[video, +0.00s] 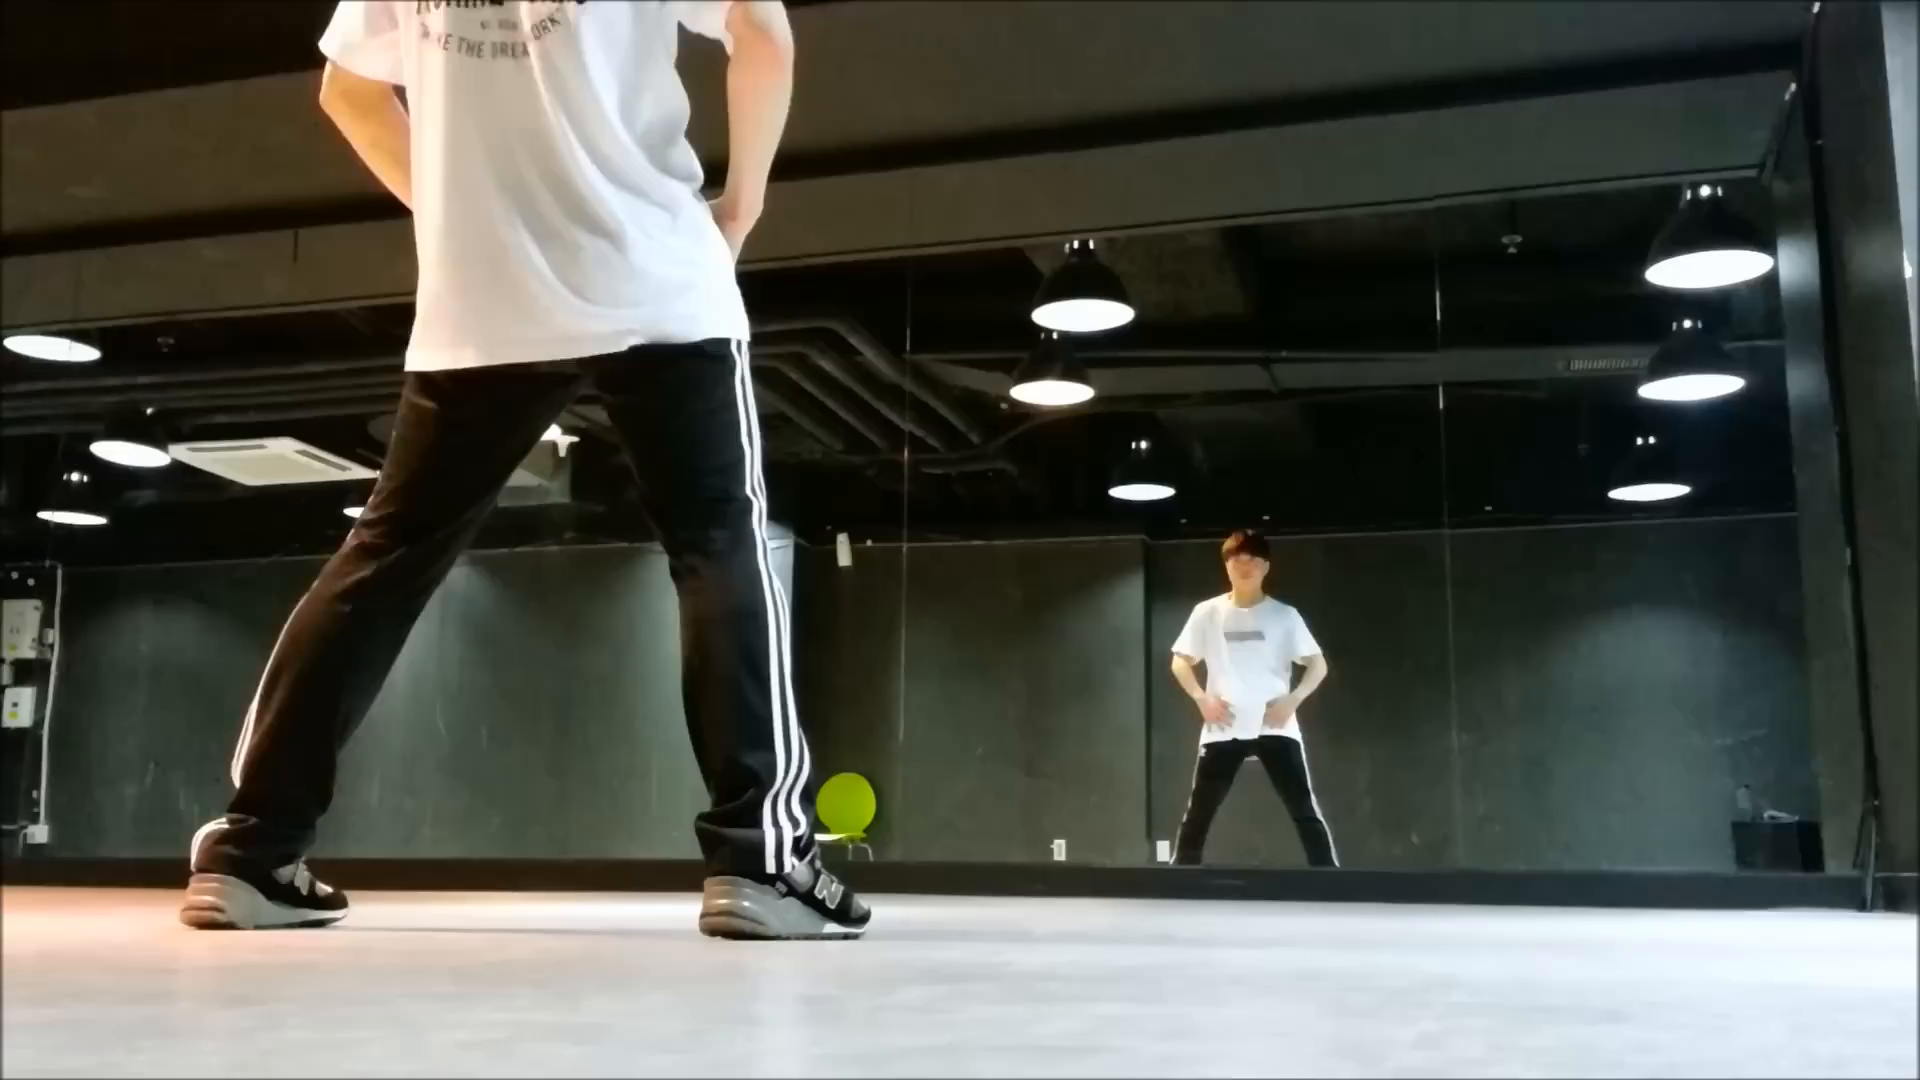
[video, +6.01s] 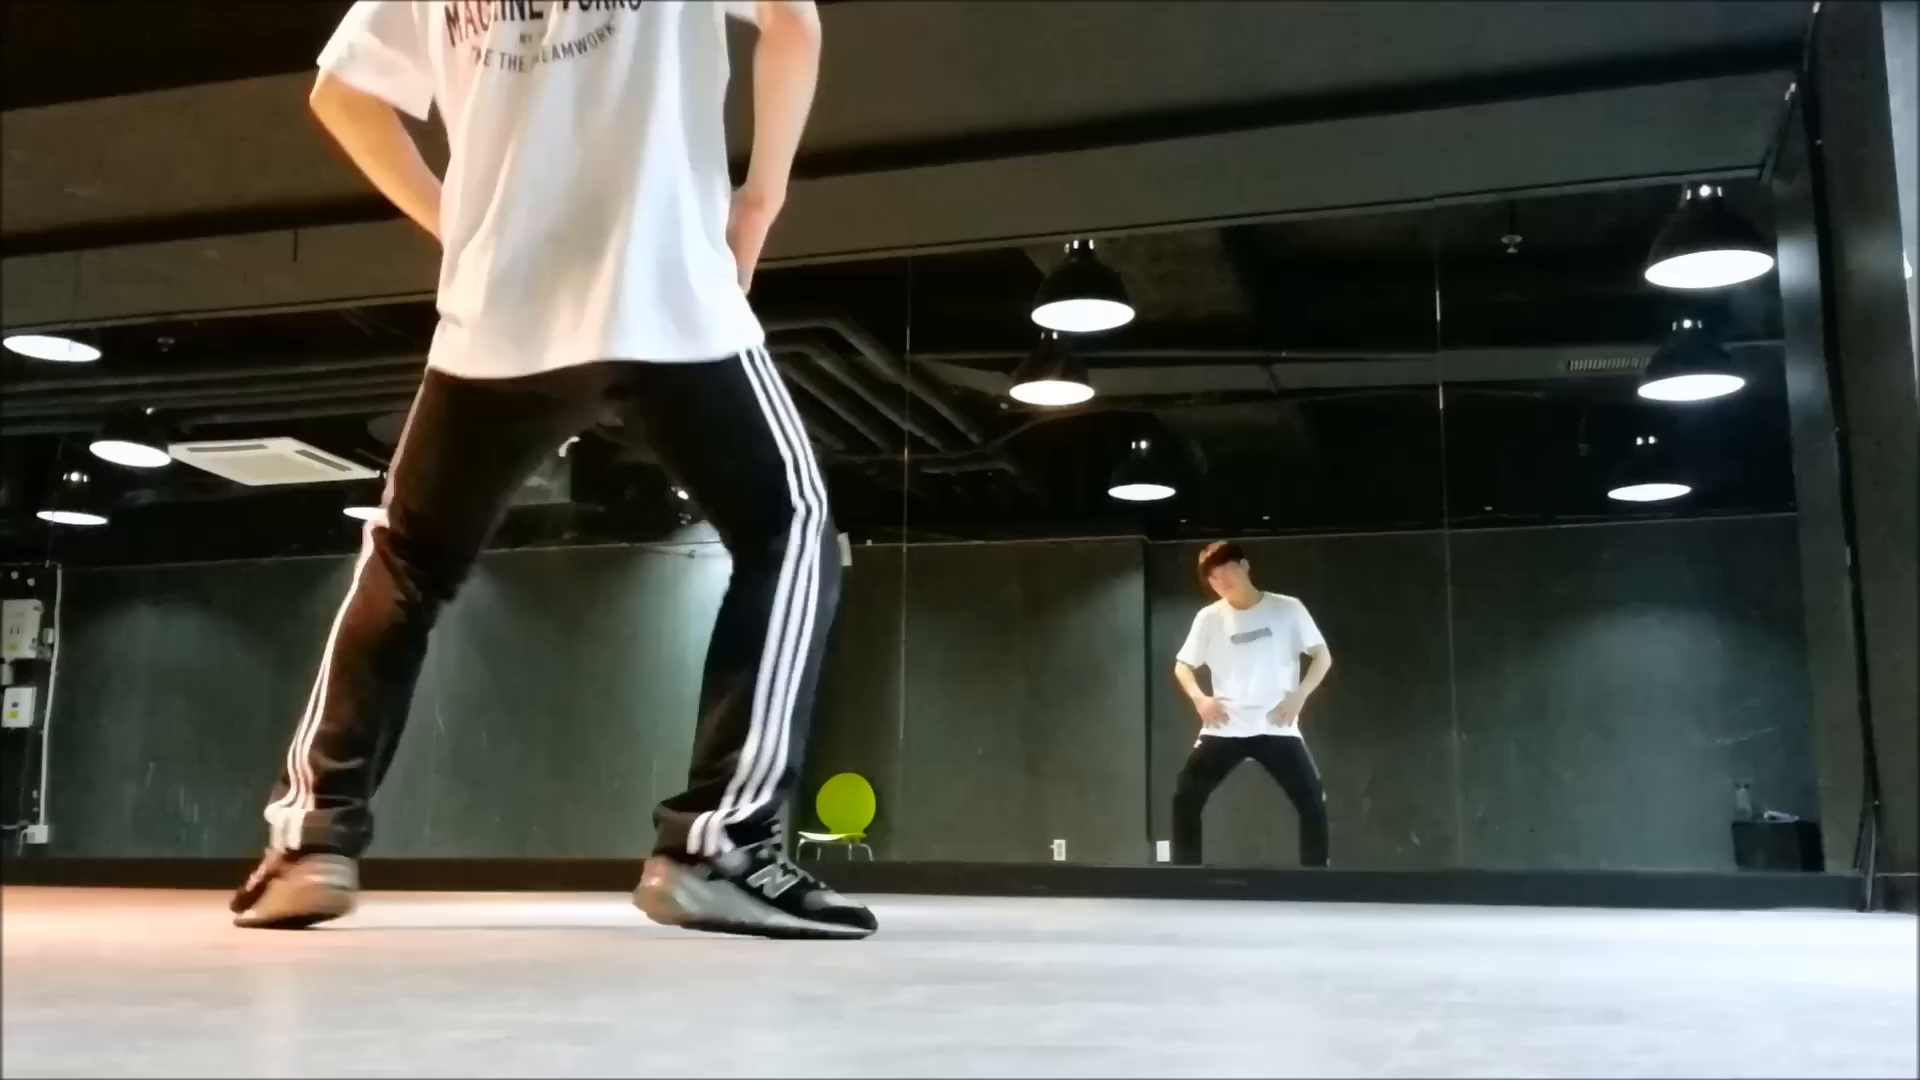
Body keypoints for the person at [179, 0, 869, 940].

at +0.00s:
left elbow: (348, 88)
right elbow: (763, 35)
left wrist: (455, 206)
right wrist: (743, 193)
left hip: (480, 268)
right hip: (651, 263)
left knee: (388, 552)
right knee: (723, 549)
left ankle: (248, 845)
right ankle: (762, 856)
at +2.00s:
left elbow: (381, 88)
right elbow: (744, 33)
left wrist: (472, 221)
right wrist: (771, 195)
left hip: (503, 260)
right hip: (665, 256)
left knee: (373, 553)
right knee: (737, 556)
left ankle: (239, 844)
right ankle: (762, 853)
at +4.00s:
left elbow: (353, 75)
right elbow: (773, 28)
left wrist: (466, 201)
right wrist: (758, 196)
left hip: (490, 270)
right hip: (658, 266)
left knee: (383, 550)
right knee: (722, 549)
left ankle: (242, 843)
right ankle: (760, 854)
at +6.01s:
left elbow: (342, 89)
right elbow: (790, 21)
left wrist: (451, 220)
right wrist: (761, 193)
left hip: (500, 289)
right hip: (668, 275)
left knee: (402, 567)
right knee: (791, 534)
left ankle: (313, 839)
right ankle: (724, 844)